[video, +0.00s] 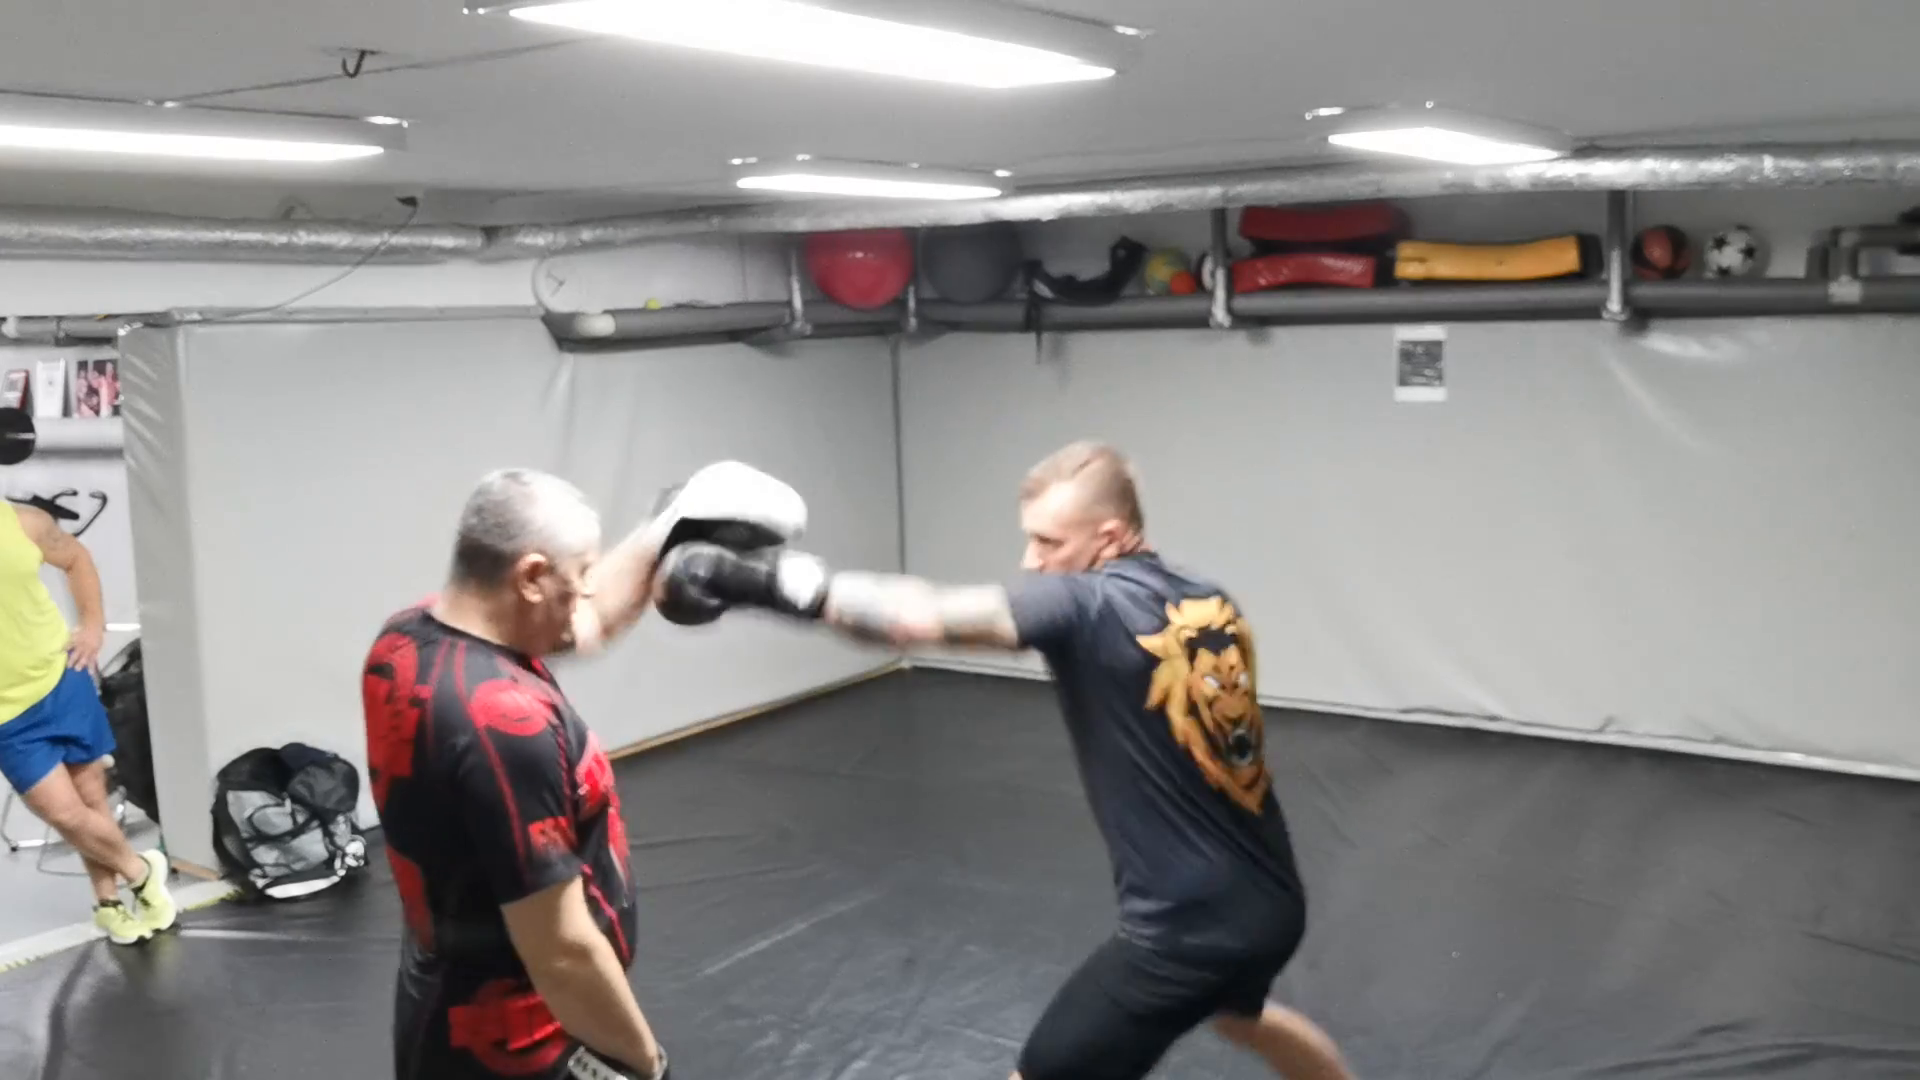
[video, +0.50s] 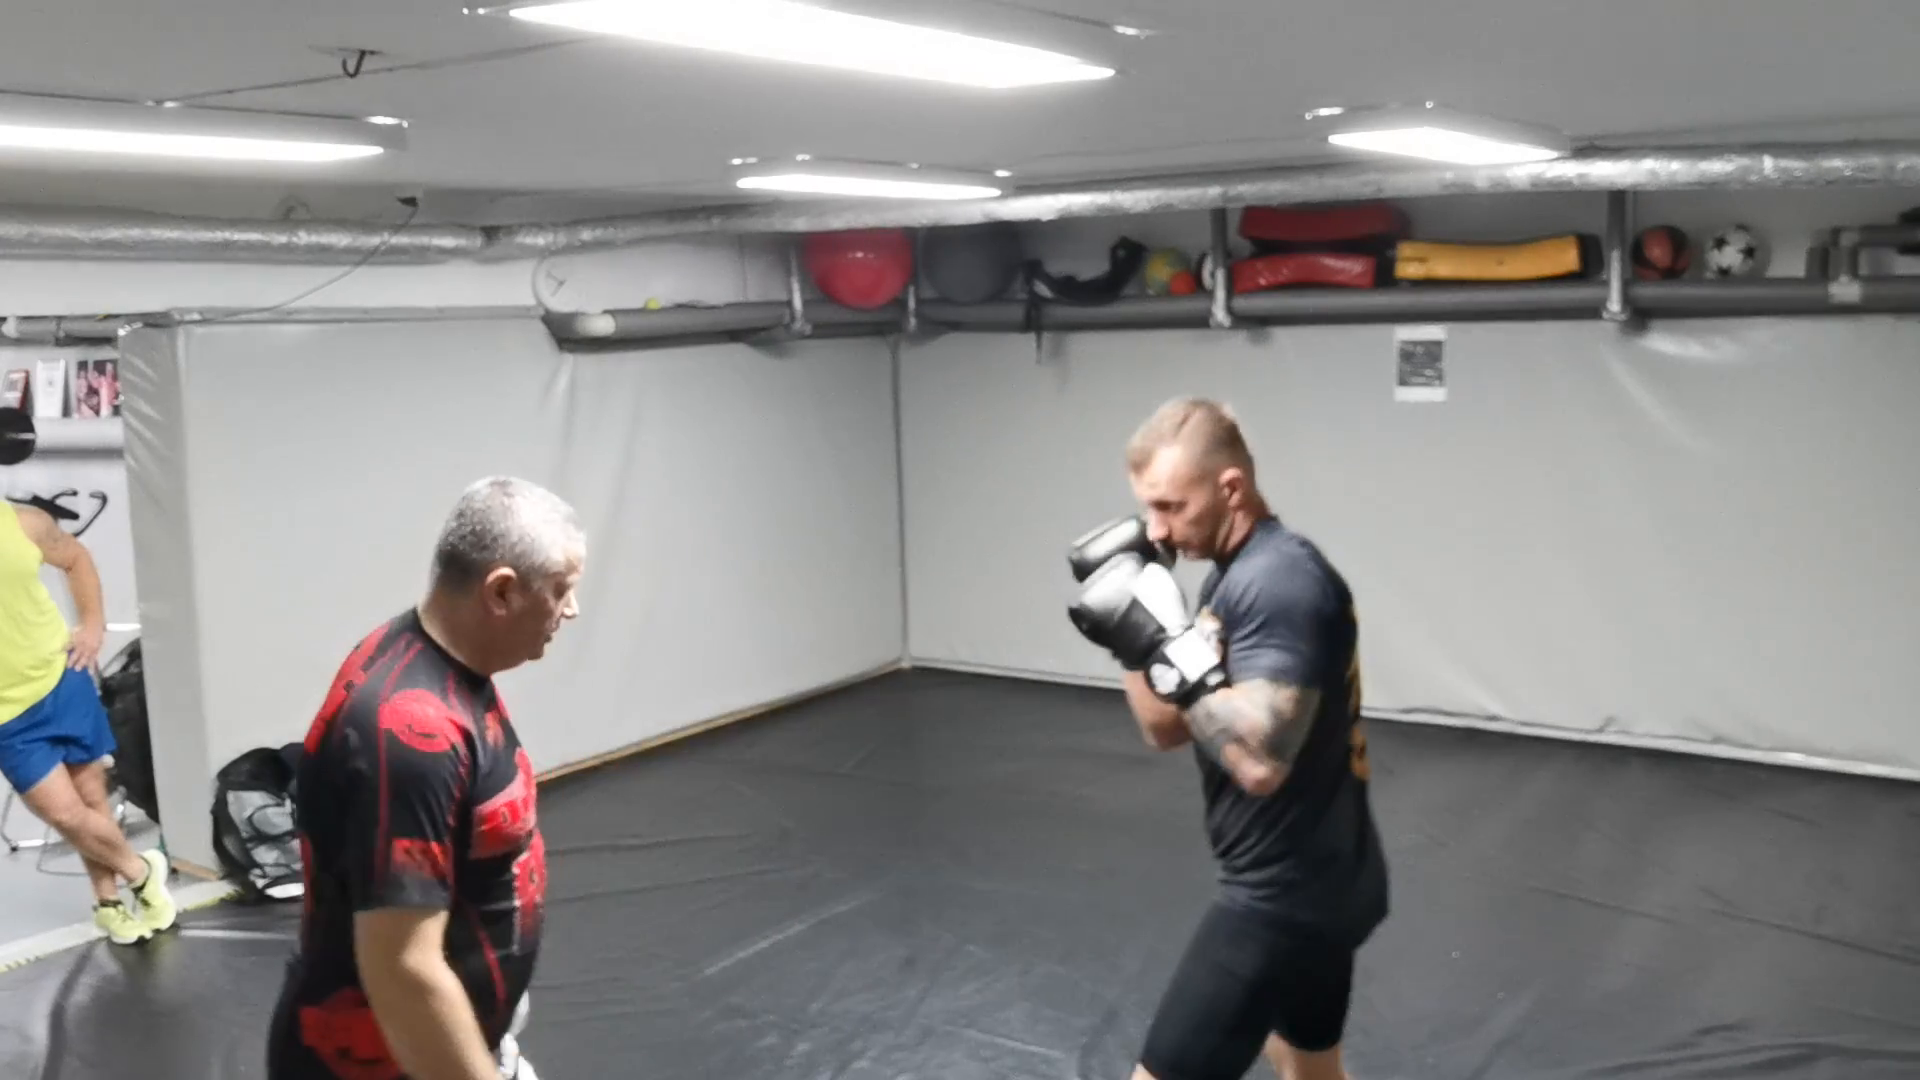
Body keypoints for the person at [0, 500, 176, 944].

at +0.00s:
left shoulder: (22, 523)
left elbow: (76, 558)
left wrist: (92, 624)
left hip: (61, 682)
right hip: (8, 714)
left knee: (91, 798)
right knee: (65, 816)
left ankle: (108, 902)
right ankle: (141, 872)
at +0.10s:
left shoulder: (21, 523)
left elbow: (77, 558)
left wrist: (92, 624)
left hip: (61, 681)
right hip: (8, 714)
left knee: (91, 798)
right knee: (64, 816)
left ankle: (108, 901)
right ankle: (141, 872)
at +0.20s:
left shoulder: (21, 523)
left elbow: (76, 557)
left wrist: (92, 624)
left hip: (62, 682)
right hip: (8, 714)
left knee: (91, 798)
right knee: (64, 815)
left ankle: (108, 901)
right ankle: (141, 872)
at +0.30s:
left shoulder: (22, 523)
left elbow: (77, 558)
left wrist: (92, 623)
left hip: (61, 681)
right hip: (8, 714)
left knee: (91, 797)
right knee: (65, 815)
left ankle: (108, 901)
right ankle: (141, 872)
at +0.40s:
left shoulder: (21, 523)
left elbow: (77, 558)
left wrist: (92, 623)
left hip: (61, 682)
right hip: (7, 715)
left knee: (91, 798)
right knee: (65, 816)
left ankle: (108, 901)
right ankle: (141, 873)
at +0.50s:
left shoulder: (20, 523)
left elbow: (76, 558)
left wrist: (92, 623)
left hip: (61, 682)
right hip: (7, 715)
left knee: (91, 798)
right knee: (66, 817)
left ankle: (108, 901)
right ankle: (141, 873)